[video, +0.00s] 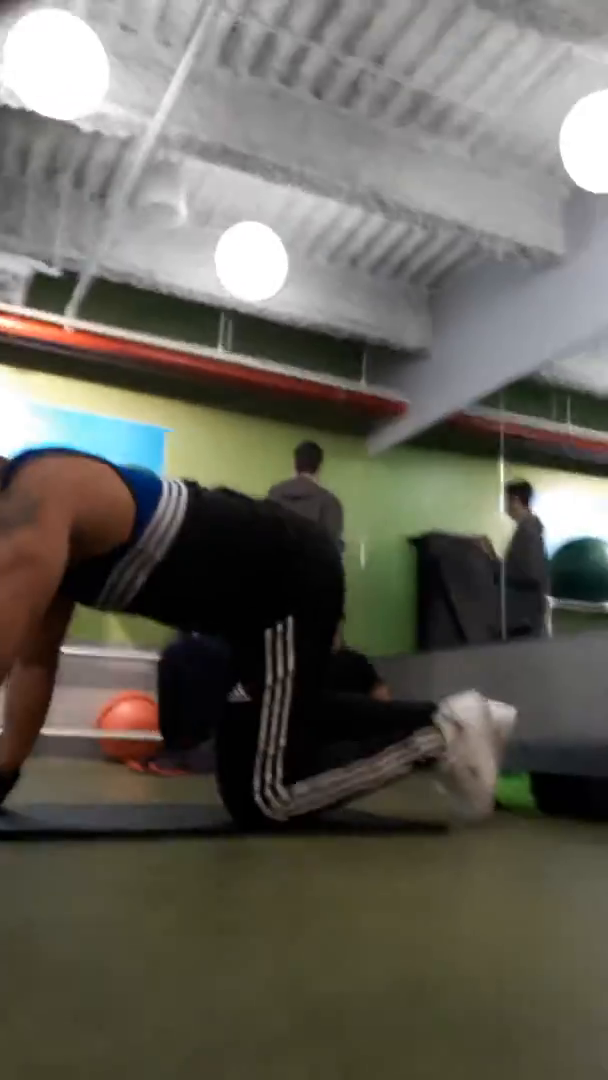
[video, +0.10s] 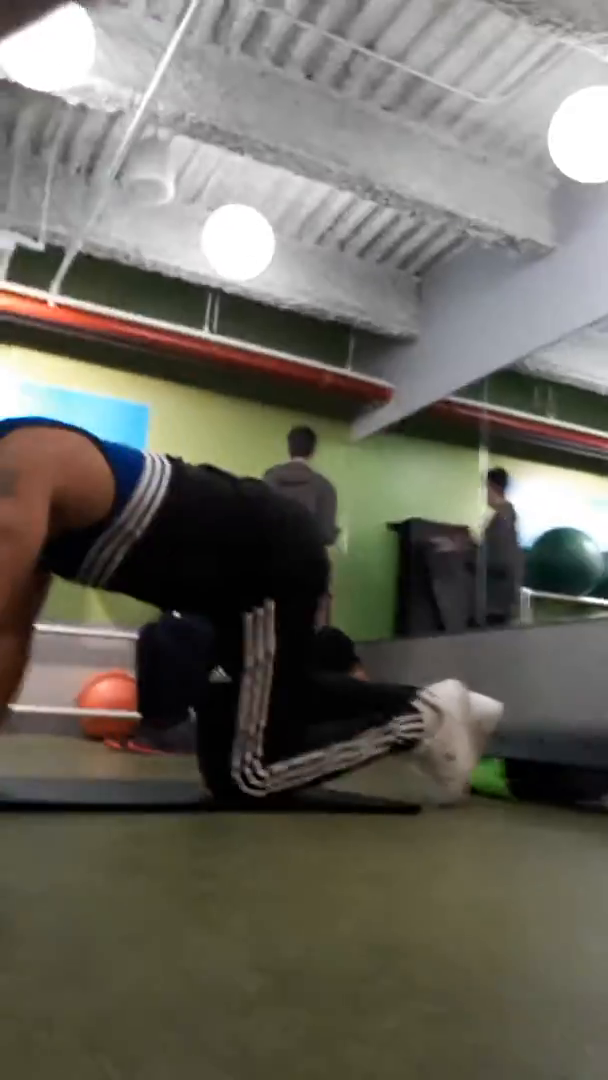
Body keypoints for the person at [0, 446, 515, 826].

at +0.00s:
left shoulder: (42, 491)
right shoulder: (44, 510)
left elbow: (14, 658)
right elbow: (31, 670)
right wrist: (8, 768)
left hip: (285, 582)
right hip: (266, 587)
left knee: (265, 797)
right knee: (259, 773)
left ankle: (441, 737)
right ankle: (452, 724)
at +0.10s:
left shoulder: (29, 463)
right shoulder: (23, 472)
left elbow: (10, 634)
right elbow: (13, 636)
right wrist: (6, 714)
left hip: (270, 567)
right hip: (249, 570)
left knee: (246, 776)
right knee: (276, 703)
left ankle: (420, 721)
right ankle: (434, 712)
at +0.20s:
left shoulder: (19, 443)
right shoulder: (21, 437)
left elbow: (2, 579)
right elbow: (8, 574)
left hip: (252, 547)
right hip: (254, 534)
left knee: (226, 759)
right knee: (270, 687)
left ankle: (410, 711)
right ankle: (433, 701)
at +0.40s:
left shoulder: (32, 414)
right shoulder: (31, 415)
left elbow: (7, 543)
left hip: (280, 497)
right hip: (267, 501)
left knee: (269, 694)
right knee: (259, 685)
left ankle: (446, 652)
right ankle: (467, 646)